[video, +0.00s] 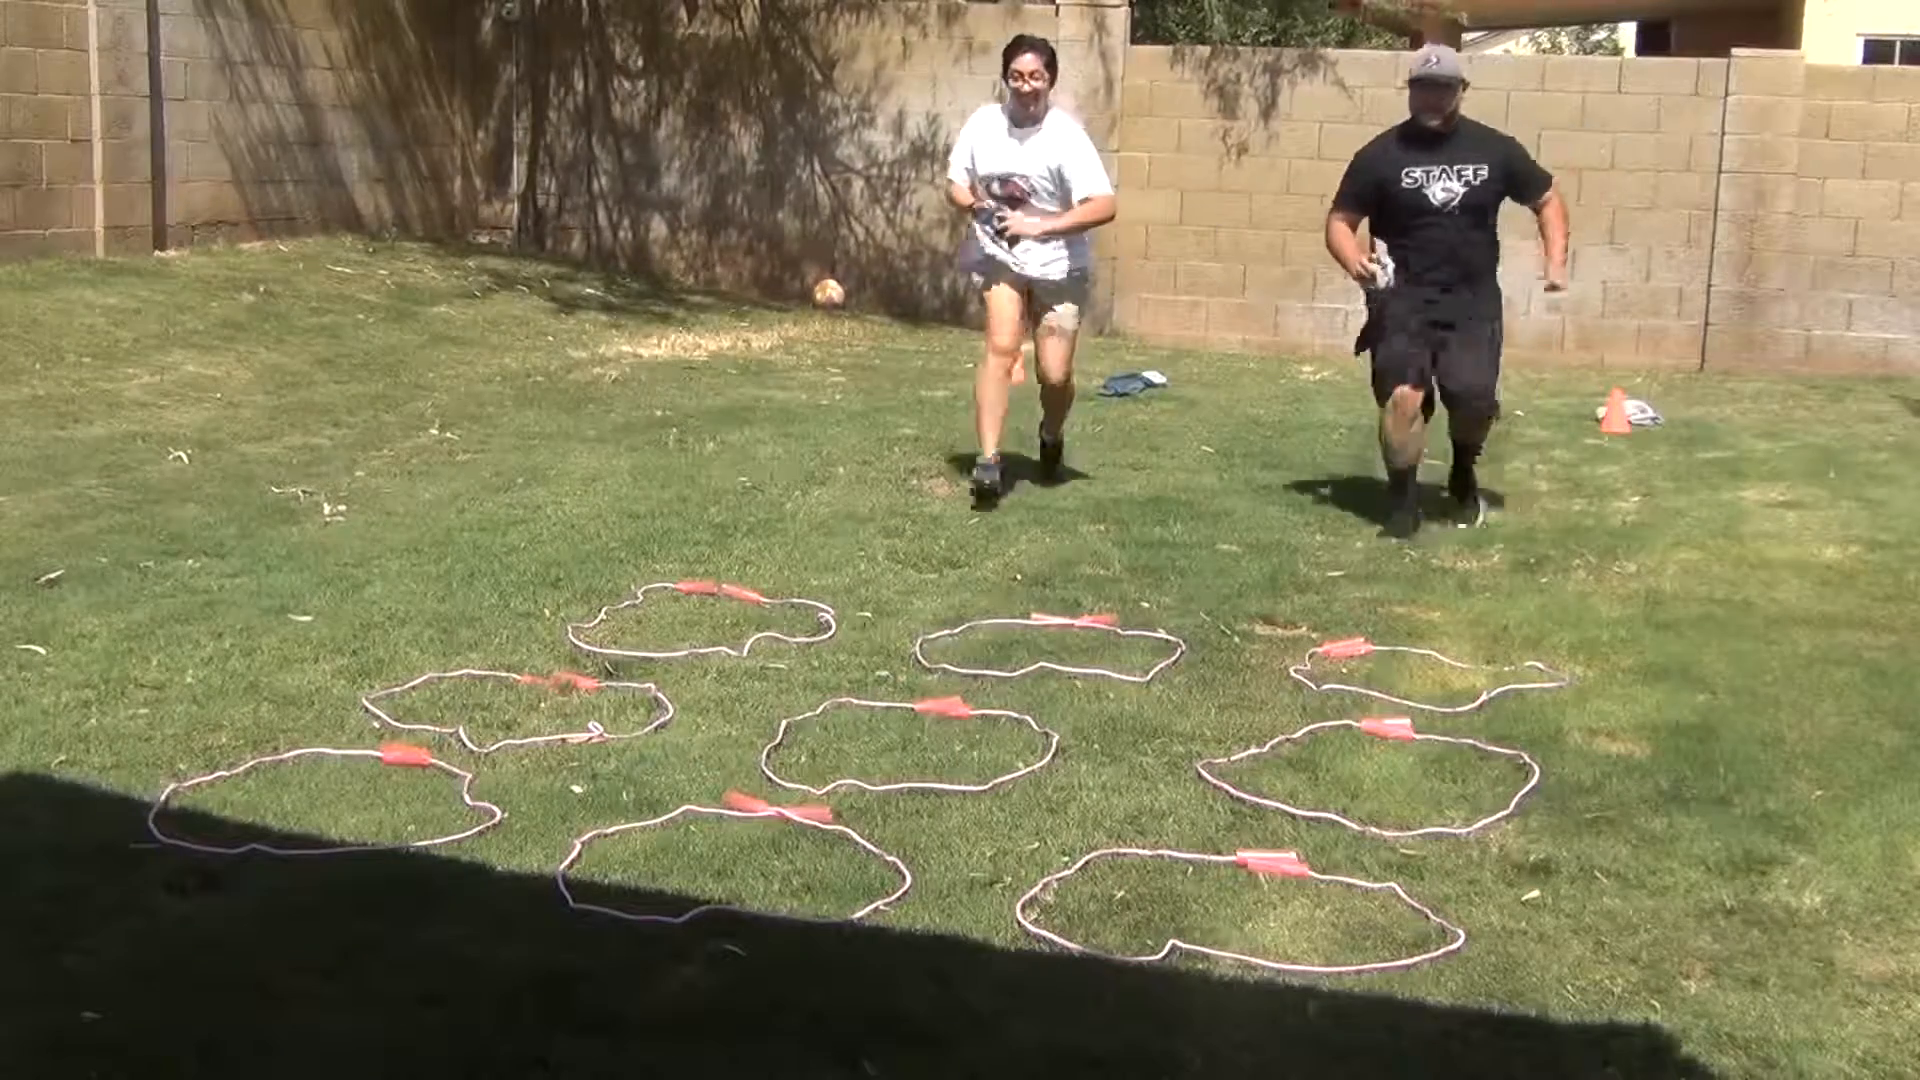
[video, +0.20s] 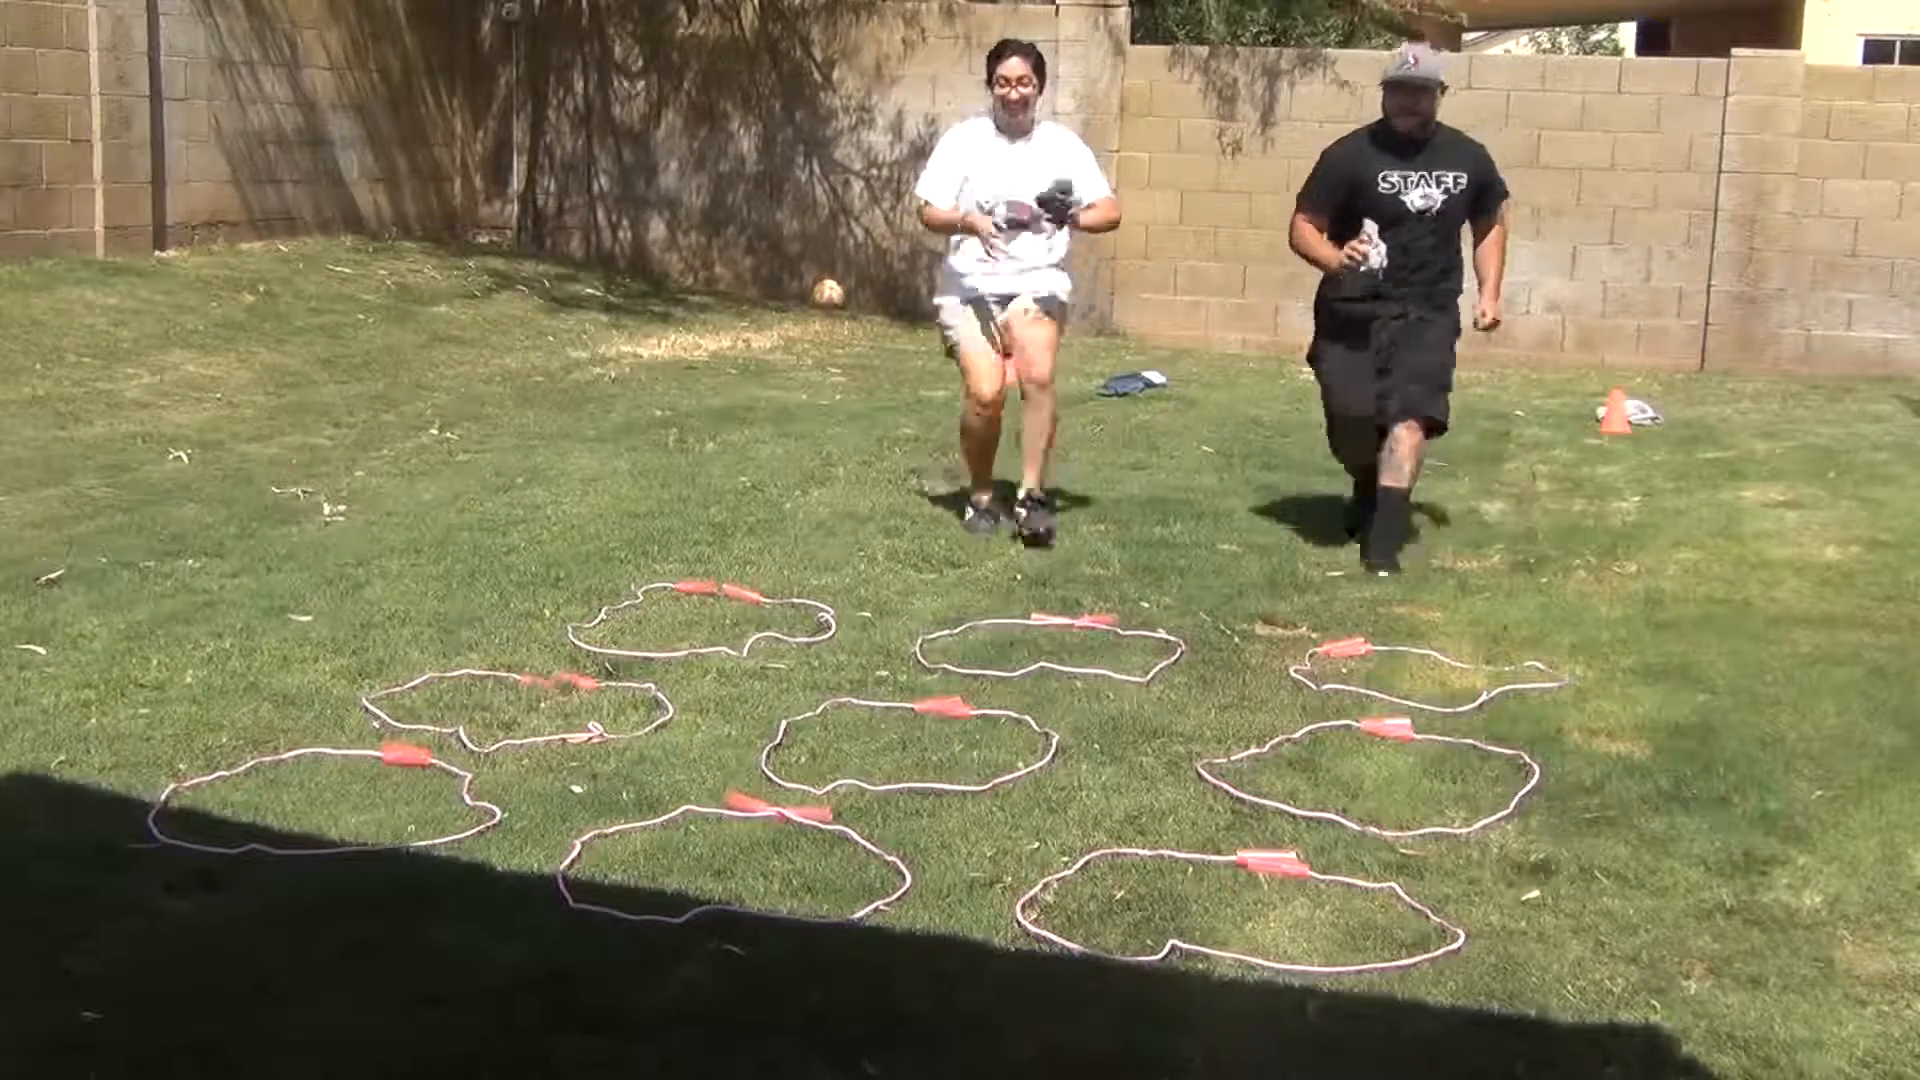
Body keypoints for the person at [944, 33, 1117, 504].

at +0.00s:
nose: (1026, 86)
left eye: (1035, 77)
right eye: (1017, 77)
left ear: (1051, 80)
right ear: (1005, 79)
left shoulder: (1067, 134)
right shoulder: (985, 122)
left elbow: (1103, 206)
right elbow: (958, 183)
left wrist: (1040, 226)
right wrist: (977, 203)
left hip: (1060, 265)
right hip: (1002, 258)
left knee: (1055, 376)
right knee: (1000, 348)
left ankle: (1051, 438)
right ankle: (988, 461)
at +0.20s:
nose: (1013, 93)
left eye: (1023, 83)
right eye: (1003, 83)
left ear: (1039, 87)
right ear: (990, 87)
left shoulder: (1062, 143)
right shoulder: (961, 141)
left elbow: (1110, 212)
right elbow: (930, 213)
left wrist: (1072, 216)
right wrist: (968, 221)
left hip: (1038, 282)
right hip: (969, 287)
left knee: (1038, 375)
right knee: (985, 394)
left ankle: (1033, 497)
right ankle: (982, 496)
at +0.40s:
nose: (992, 121)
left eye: (1003, 109)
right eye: (981, 110)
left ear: (1022, 114)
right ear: (968, 118)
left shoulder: (1048, 176)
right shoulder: (940, 173)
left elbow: (1081, 252)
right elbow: (909, 243)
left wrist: (1038, 211)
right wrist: (919, 281)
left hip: (1023, 315)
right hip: (953, 308)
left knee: (1010, 423)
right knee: (947, 399)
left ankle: (1000, 540)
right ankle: (918, 509)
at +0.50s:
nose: (975, 146)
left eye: (986, 134)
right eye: (963, 135)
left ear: (1006, 140)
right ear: (948, 142)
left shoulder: (1029, 200)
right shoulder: (925, 193)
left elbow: (1056, 276)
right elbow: (901, 259)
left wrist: (1016, 237)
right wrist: (885, 314)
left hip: (1010, 337)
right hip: (934, 325)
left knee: (1015, 448)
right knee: (941, 420)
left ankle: (999, 538)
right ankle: (901, 552)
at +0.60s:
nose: (965, 179)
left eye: (977, 167)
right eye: (953, 168)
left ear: (994, 173)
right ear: (937, 175)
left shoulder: (1009, 230)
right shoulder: (910, 217)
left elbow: (1013, 292)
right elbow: (879, 273)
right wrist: (862, 332)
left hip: (989, 364)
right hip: (913, 350)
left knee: (1000, 477)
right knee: (941, 442)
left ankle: (985, 533)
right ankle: (889, 577)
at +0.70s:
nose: (959, 204)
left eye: (970, 192)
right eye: (947, 193)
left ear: (989, 194)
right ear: (932, 195)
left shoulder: (1008, 255)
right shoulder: (904, 227)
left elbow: (994, 336)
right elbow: (866, 281)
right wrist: (850, 346)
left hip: (975, 360)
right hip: (902, 342)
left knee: (972, 488)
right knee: (927, 430)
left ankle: (984, 542)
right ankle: (888, 578)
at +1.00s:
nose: (955, 193)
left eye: (968, 181)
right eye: (943, 180)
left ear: (986, 178)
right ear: (926, 172)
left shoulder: (1004, 229)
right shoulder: (888, 195)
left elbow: (997, 313)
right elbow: (832, 225)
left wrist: (971, 378)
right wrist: (791, 290)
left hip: (959, 346)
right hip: (883, 330)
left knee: (982, 471)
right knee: (907, 431)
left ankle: (973, 546)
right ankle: (877, 565)